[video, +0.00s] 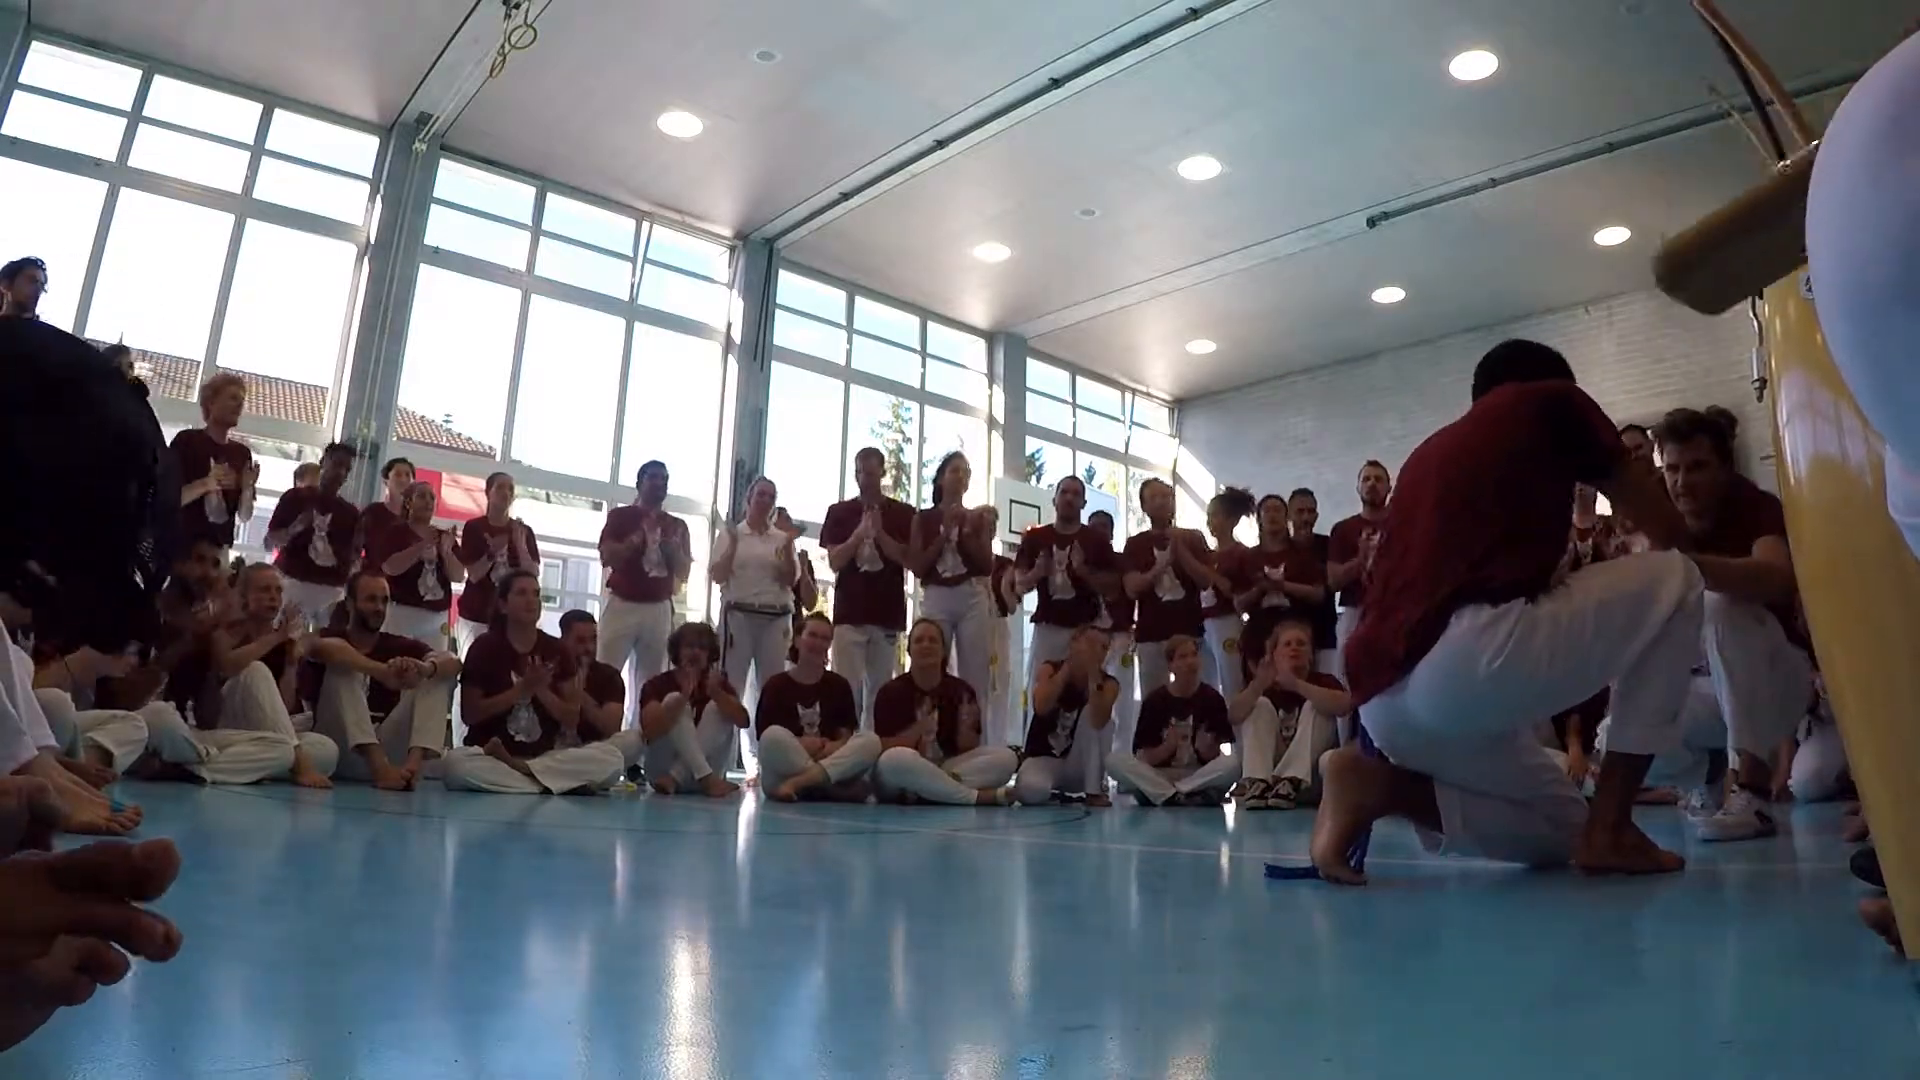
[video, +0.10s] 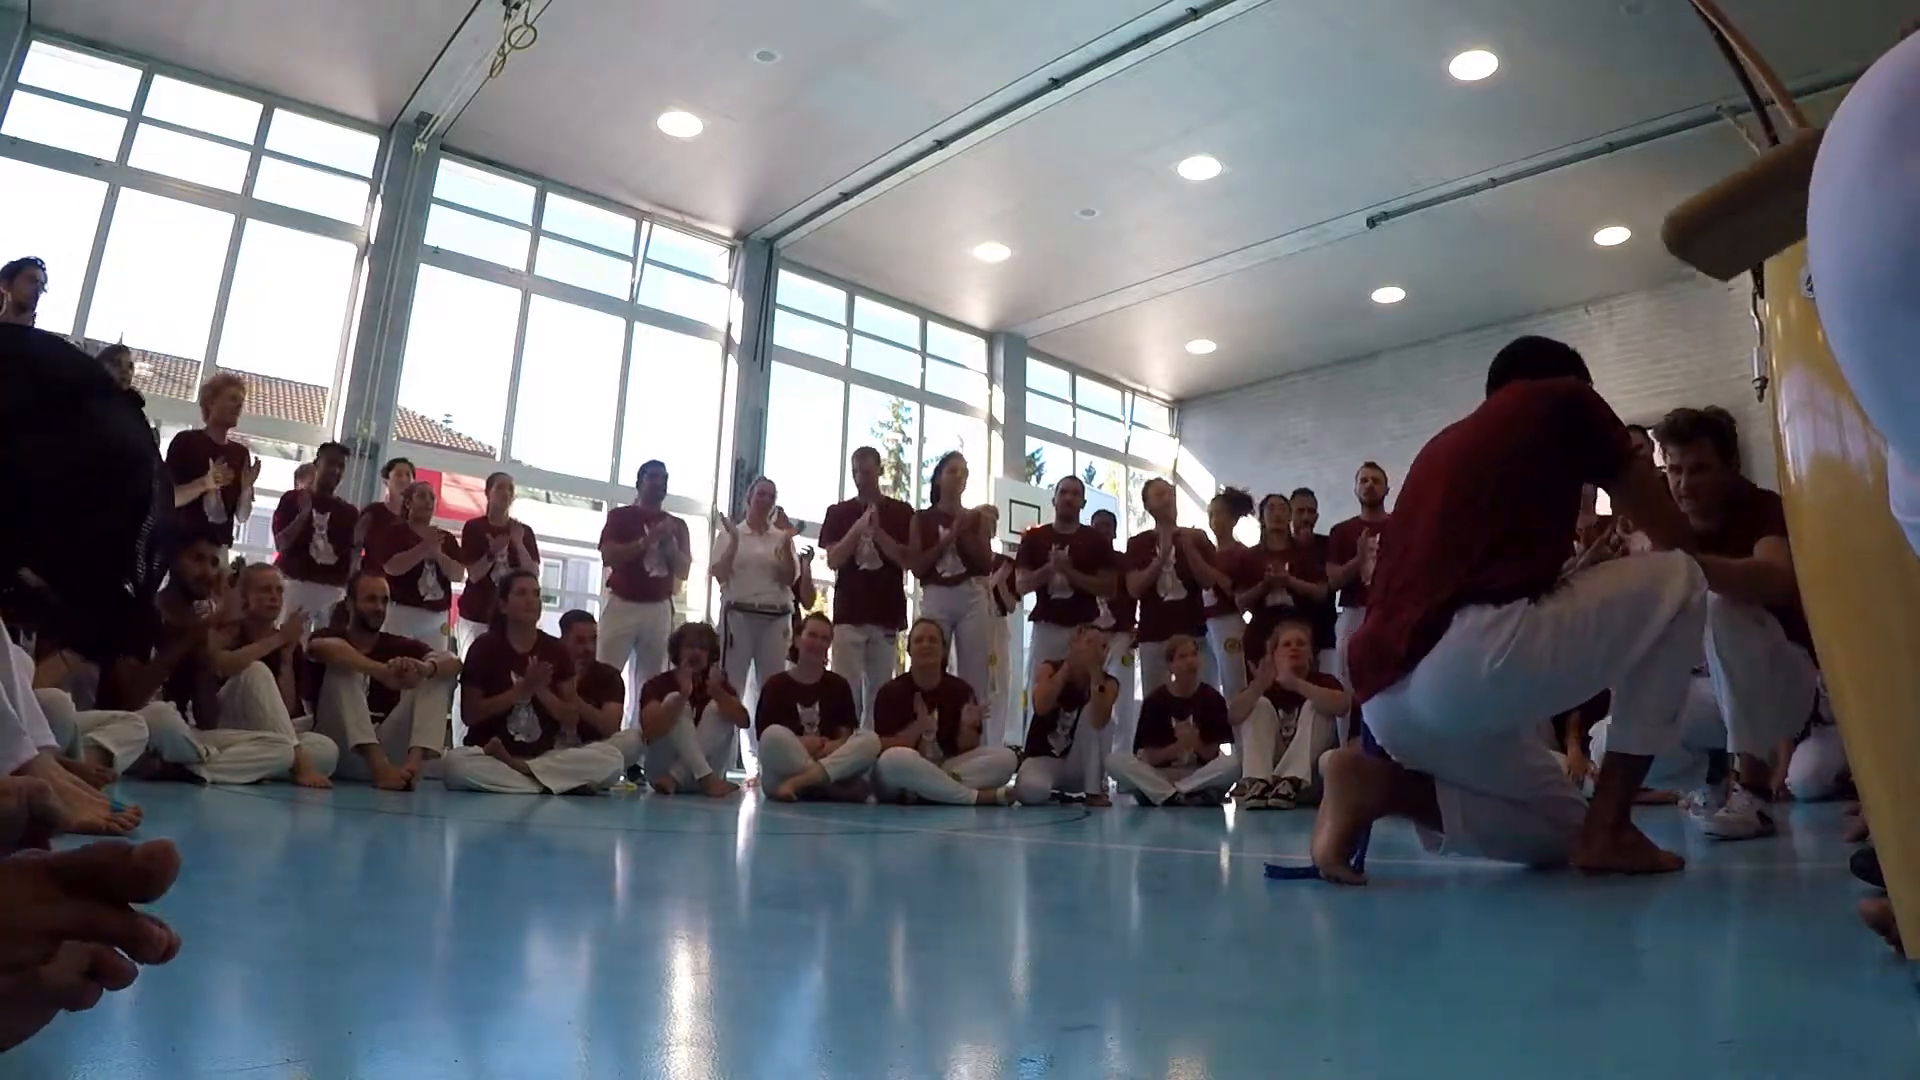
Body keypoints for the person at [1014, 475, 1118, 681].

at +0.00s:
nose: (1069, 498)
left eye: (1076, 494)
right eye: (1064, 492)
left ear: (1083, 503)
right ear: (1054, 500)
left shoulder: (1097, 539)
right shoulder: (1035, 537)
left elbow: (1112, 586)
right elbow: (1020, 584)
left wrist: (1083, 571)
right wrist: (1037, 573)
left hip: (1086, 629)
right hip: (1048, 627)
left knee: (1082, 700)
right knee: (1040, 696)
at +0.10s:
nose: (1069, 498)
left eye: (1075, 494)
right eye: (1063, 492)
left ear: (1083, 503)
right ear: (1054, 499)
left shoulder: (1097, 539)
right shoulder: (1034, 537)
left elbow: (1109, 588)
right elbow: (1021, 585)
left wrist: (1070, 572)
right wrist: (1051, 567)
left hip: (1085, 630)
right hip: (1046, 628)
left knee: (1081, 700)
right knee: (1039, 698)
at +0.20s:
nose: (1068, 498)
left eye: (1074, 494)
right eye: (1063, 492)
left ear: (1082, 502)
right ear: (1053, 499)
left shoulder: (1096, 540)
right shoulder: (1032, 537)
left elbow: (1106, 590)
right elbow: (1018, 586)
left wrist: (1073, 570)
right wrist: (1043, 567)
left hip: (1083, 630)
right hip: (1045, 628)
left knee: (1080, 705)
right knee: (1039, 702)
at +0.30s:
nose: (1067, 498)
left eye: (1074, 494)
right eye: (1062, 492)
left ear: (1081, 502)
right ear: (1052, 498)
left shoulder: (1095, 540)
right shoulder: (1031, 537)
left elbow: (1104, 589)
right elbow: (1014, 587)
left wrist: (1076, 569)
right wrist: (1031, 573)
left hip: (1083, 630)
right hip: (1045, 627)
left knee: (1078, 702)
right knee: (1038, 698)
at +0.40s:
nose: (1065, 498)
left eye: (1072, 494)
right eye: (1061, 492)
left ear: (1079, 500)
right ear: (1051, 497)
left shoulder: (1095, 540)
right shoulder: (1030, 537)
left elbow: (1104, 590)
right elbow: (1014, 587)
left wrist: (1079, 568)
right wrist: (1031, 572)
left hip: (1083, 631)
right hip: (1043, 629)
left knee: (1080, 702)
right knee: (1037, 698)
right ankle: (1035, 761)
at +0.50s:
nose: (1063, 498)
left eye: (1069, 493)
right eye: (1058, 492)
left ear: (1077, 500)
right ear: (1048, 498)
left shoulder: (1092, 540)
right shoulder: (1028, 537)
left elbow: (1100, 589)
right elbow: (1016, 586)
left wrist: (1063, 569)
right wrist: (1044, 568)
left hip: (1081, 630)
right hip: (1042, 628)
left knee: (1079, 700)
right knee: (1038, 698)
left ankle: (1077, 764)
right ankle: (1036, 761)